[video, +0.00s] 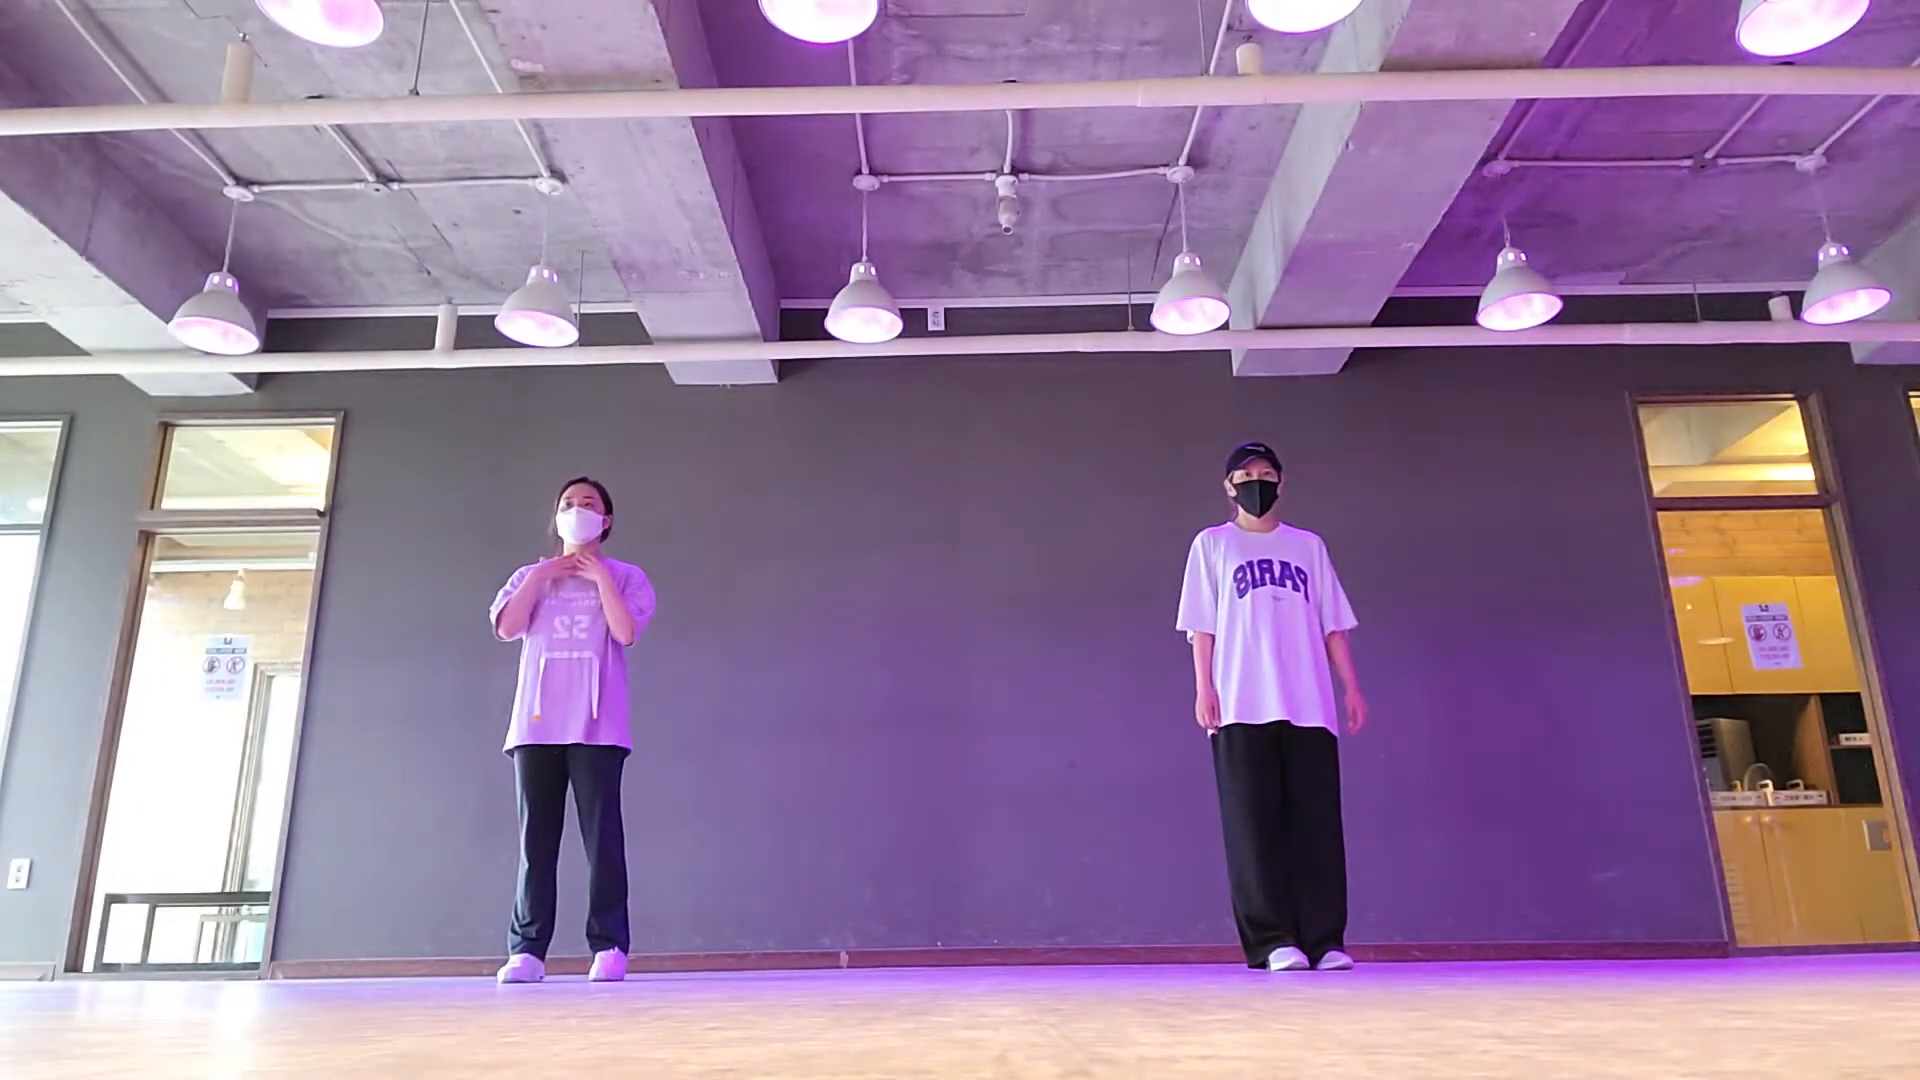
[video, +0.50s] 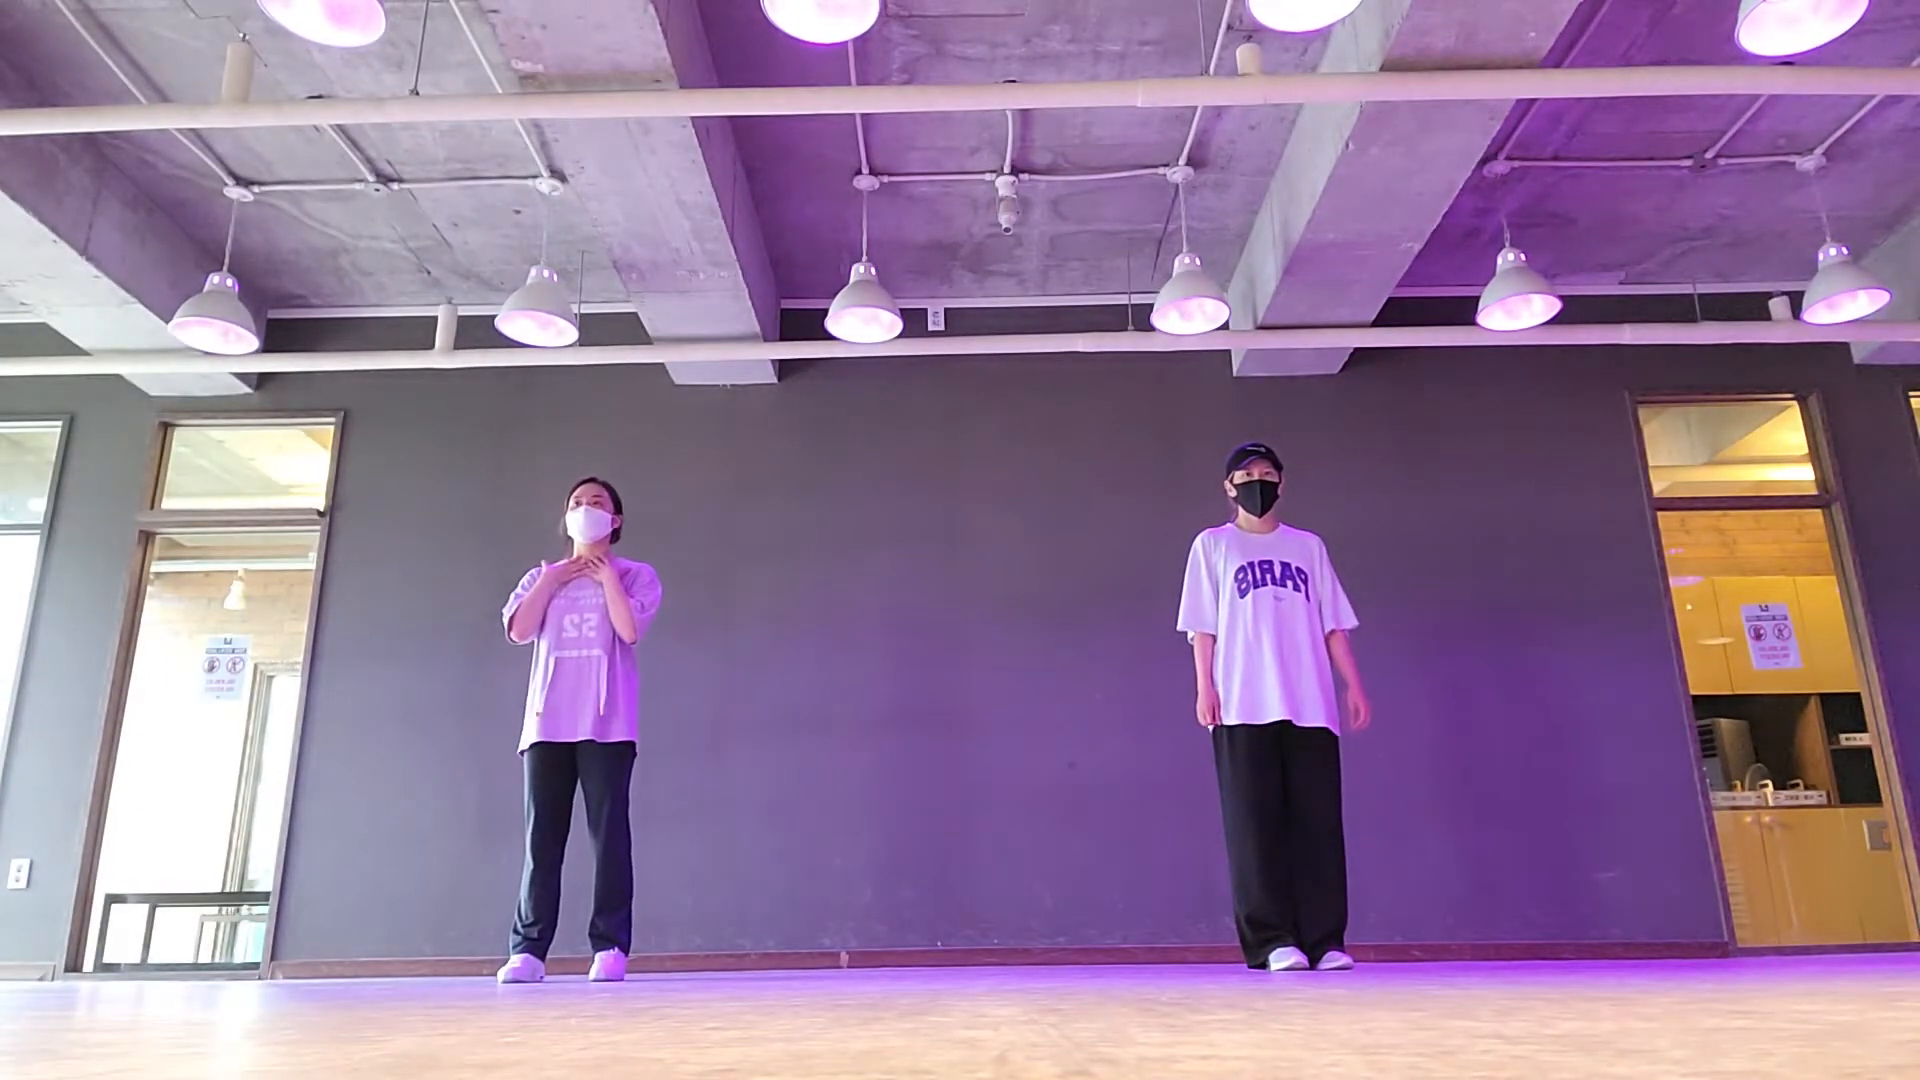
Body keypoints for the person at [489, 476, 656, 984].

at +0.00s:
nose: (577, 510)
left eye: (589, 504)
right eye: (568, 505)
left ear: (607, 521)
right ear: (555, 521)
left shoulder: (628, 578)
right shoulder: (531, 576)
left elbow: (626, 632)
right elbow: (506, 628)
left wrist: (600, 574)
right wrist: (542, 574)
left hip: (598, 726)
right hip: (535, 725)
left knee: (602, 840)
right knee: (536, 843)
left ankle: (609, 949)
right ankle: (526, 952)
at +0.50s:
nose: (587, 508)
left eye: (598, 502)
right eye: (578, 502)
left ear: (616, 520)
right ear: (565, 520)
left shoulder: (638, 576)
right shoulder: (542, 575)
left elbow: (630, 631)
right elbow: (518, 631)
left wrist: (605, 572)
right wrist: (552, 577)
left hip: (607, 724)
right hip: (547, 723)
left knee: (609, 839)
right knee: (542, 840)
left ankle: (610, 949)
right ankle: (527, 951)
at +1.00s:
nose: (606, 514)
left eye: (614, 508)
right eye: (595, 506)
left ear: (625, 524)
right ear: (574, 519)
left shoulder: (643, 577)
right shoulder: (546, 574)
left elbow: (642, 629)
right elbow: (519, 624)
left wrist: (618, 572)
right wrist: (554, 573)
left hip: (614, 725)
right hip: (551, 725)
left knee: (613, 838)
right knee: (544, 840)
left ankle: (610, 949)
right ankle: (528, 950)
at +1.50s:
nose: (595, 513)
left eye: (606, 507)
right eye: (585, 507)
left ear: (621, 522)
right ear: (569, 521)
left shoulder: (632, 574)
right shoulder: (546, 574)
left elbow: (663, 600)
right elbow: (501, 592)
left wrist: (640, 550)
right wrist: (542, 547)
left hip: (612, 718)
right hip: (550, 718)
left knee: (612, 835)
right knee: (543, 835)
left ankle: (610, 949)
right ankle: (528, 950)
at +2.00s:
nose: (578, 509)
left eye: (590, 503)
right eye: (573, 502)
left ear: (614, 519)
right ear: (564, 518)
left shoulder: (641, 574)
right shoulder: (542, 580)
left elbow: (685, 627)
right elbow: (493, 631)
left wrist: (687, 572)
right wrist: (501, 580)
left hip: (610, 720)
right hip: (547, 720)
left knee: (610, 837)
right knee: (541, 837)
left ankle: (610, 949)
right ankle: (528, 951)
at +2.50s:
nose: (573, 510)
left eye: (585, 503)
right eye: (569, 503)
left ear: (611, 518)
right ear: (561, 518)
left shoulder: (636, 576)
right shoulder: (540, 582)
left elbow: (674, 645)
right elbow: (518, 652)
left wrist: (639, 636)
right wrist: (494, 655)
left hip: (607, 725)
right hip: (546, 725)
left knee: (608, 840)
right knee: (541, 841)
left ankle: (610, 949)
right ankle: (527, 952)